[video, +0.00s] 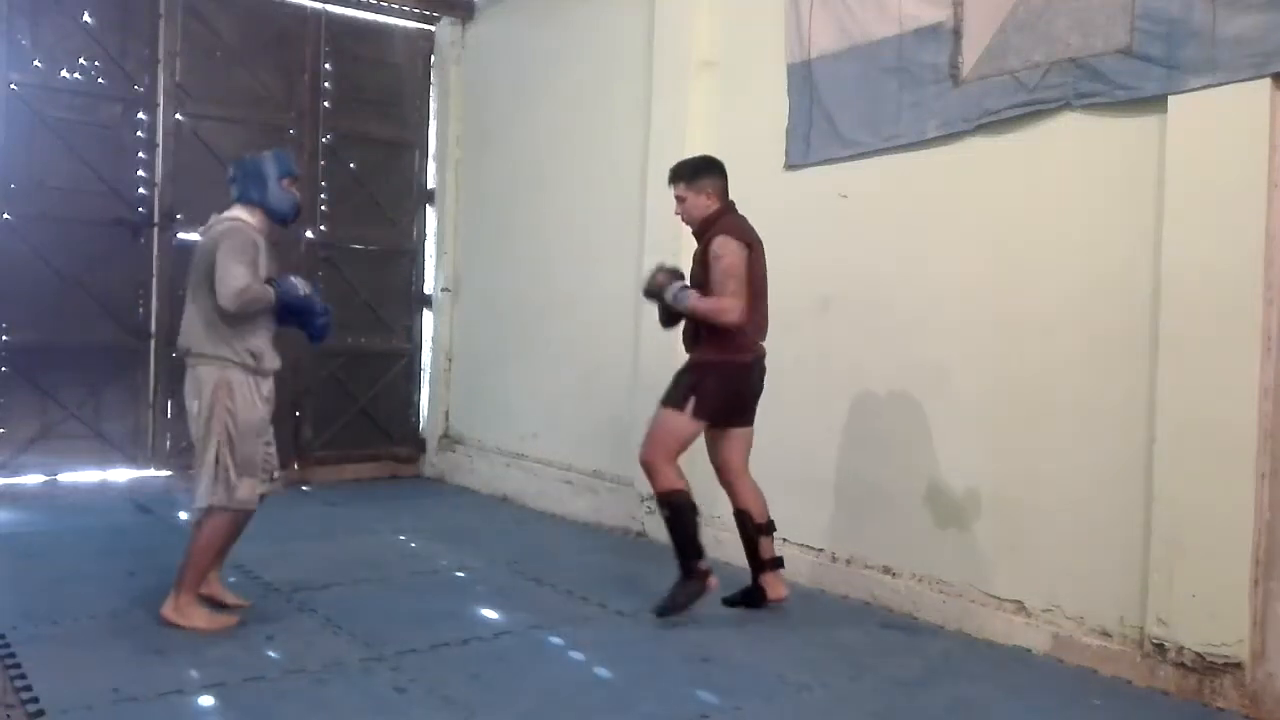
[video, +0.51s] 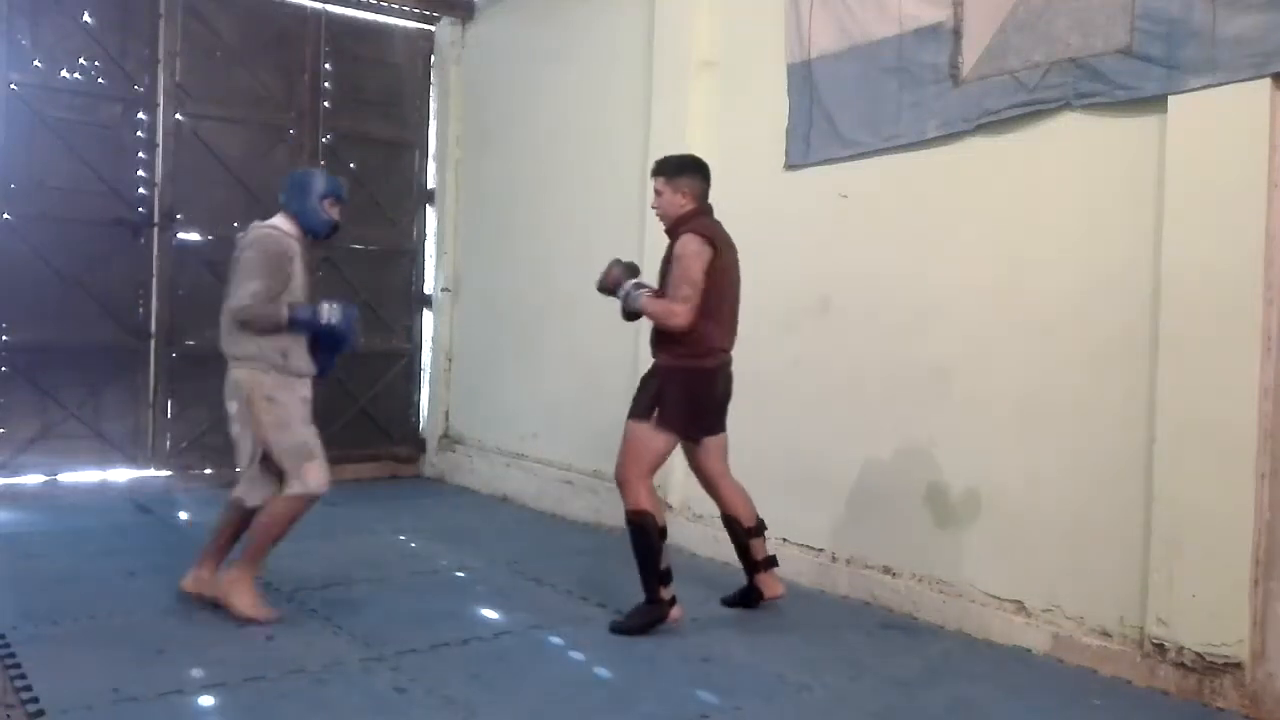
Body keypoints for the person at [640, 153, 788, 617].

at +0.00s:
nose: (677, 210)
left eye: (682, 200)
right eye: (676, 201)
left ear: (709, 196)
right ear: (710, 197)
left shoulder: (724, 240)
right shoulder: (736, 232)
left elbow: (731, 311)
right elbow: (731, 302)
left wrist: (679, 295)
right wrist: (685, 301)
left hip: (713, 368)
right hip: (743, 368)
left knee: (657, 457)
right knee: (733, 471)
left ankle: (694, 571)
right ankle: (769, 579)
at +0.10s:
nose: (676, 202)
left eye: (682, 192)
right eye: (675, 192)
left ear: (709, 190)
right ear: (711, 191)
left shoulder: (723, 234)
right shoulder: (723, 225)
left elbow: (760, 294)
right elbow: (734, 293)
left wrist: (698, 306)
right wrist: (687, 299)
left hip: (708, 364)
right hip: (739, 363)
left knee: (649, 454)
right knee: (738, 469)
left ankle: (670, 572)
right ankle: (768, 577)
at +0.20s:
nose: (675, 206)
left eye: (681, 197)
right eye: (674, 197)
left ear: (708, 197)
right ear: (708, 197)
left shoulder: (720, 242)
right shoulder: (720, 232)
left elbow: (762, 297)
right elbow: (722, 295)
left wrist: (703, 321)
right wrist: (677, 301)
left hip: (700, 373)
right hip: (731, 373)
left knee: (654, 470)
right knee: (739, 475)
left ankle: (661, 591)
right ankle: (771, 585)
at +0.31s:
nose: (672, 208)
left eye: (678, 199)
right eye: (671, 198)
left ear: (705, 199)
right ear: (708, 200)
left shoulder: (713, 244)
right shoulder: (726, 237)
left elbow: (741, 308)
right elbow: (721, 306)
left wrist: (678, 322)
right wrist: (671, 314)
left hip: (695, 377)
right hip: (726, 376)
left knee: (650, 473)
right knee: (736, 477)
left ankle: (662, 595)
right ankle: (770, 586)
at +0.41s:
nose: (663, 202)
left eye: (670, 193)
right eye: (663, 193)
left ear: (697, 193)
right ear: (702, 194)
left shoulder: (704, 238)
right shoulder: (722, 232)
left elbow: (713, 311)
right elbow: (712, 305)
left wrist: (652, 304)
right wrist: (658, 295)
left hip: (689, 369)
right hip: (720, 370)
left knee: (636, 465)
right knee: (728, 474)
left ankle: (656, 587)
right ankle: (767, 580)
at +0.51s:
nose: (654, 203)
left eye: (660, 193)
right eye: (655, 193)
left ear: (686, 195)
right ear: (693, 195)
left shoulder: (692, 240)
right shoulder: (714, 236)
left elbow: (678, 314)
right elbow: (690, 306)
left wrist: (631, 293)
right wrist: (642, 291)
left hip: (678, 377)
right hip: (709, 376)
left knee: (632, 476)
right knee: (716, 477)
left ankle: (660, 599)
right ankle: (765, 579)